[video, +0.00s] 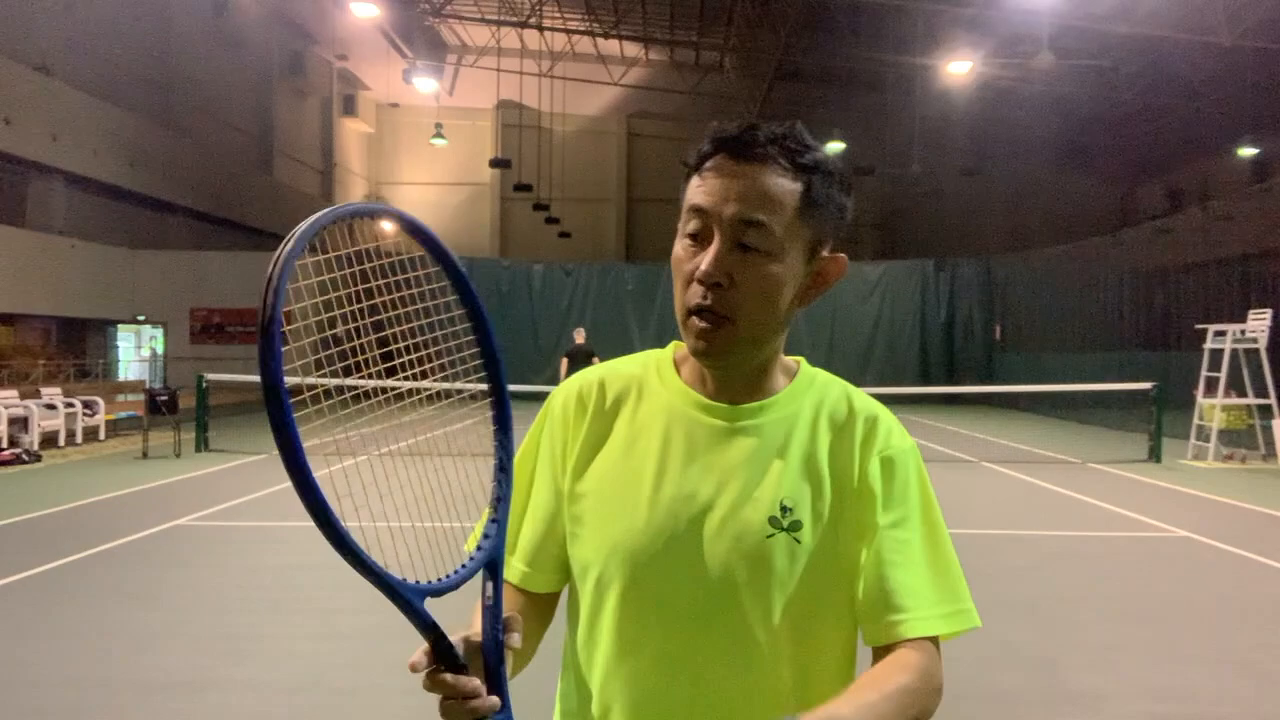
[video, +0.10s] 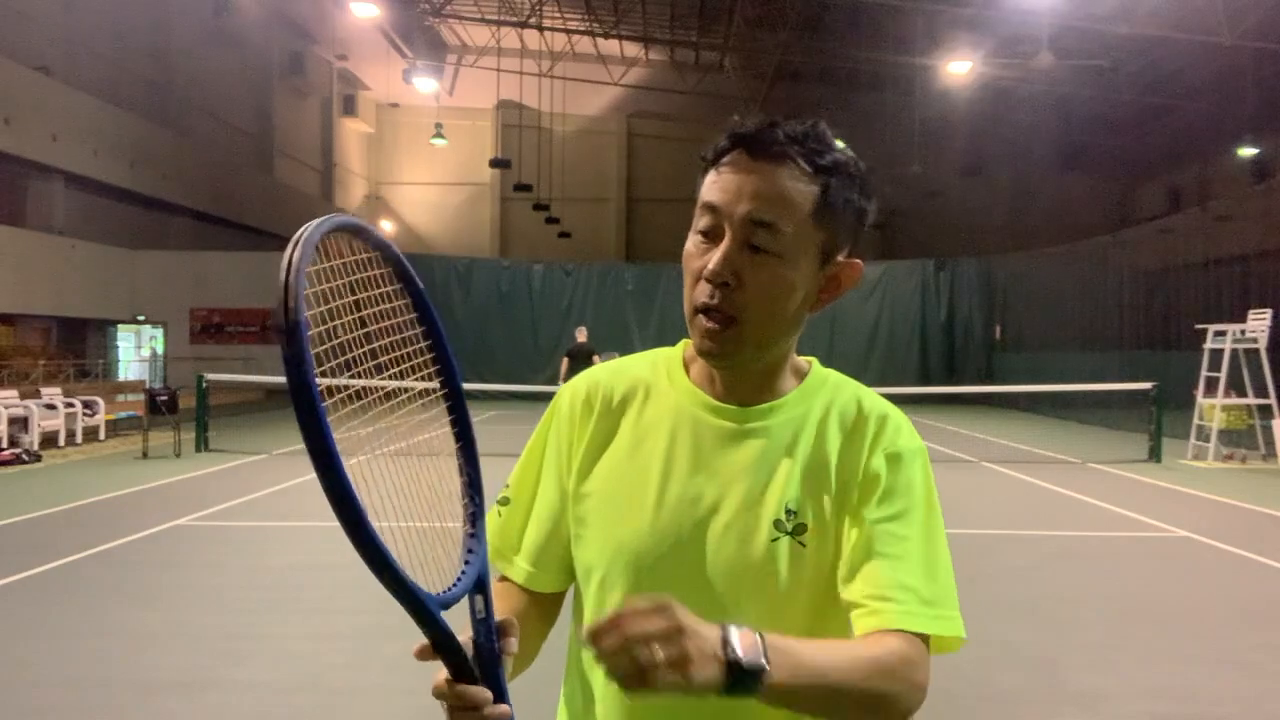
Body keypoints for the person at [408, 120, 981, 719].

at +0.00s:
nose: (707, 270)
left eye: (751, 245)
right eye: (696, 234)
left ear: (818, 277)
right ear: (674, 240)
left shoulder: (863, 439)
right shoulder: (582, 409)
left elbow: (914, 670)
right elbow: (519, 601)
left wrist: (811, 716)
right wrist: (475, 661)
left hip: (770, 706)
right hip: (601, 710)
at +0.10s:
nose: (716, 269)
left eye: (760, 245)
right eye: (707, 230)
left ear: (828, 283)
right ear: (686, 234)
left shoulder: (870, 438)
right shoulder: (592, 404)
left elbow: (899, 677)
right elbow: (523, 589)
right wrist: (485, 651)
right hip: (603, 710)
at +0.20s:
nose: (717, 269)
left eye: (763, 247)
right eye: (710, 230)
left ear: (833, 286)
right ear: (689, 232)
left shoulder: (870, 437)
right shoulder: (597, 400)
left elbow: (864, 668)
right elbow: (523, 584)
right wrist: (493, 652)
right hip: (600, 706)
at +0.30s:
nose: (712, 270)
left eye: (759, 247)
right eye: (705, 232)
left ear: (830, 289)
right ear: (685, 234)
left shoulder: (864, 435)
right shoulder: (592, 402)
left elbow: (822, 649)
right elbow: (520, 590)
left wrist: (618, 538)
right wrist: (490, 658)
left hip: (768, 710)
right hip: (597, 706)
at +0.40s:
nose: (704, 269)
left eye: (750, 247)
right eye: (697, 232)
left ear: (820, 292)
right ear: (676, 236)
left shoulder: (850, 433)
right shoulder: (585, 402)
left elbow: (785, 633)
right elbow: (517, 588)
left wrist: (572, 514)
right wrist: (489, 661)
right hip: (592, 705)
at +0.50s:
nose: (692, 268)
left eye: (740, 247)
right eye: (686, 230)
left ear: (808, 290)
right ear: (665, 233)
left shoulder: (839, 432)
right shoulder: (576, 404)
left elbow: (751, 628)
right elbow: (511, 595)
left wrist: (544, 501)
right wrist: (476, 670)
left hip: (741, 715)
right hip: (584, 711)